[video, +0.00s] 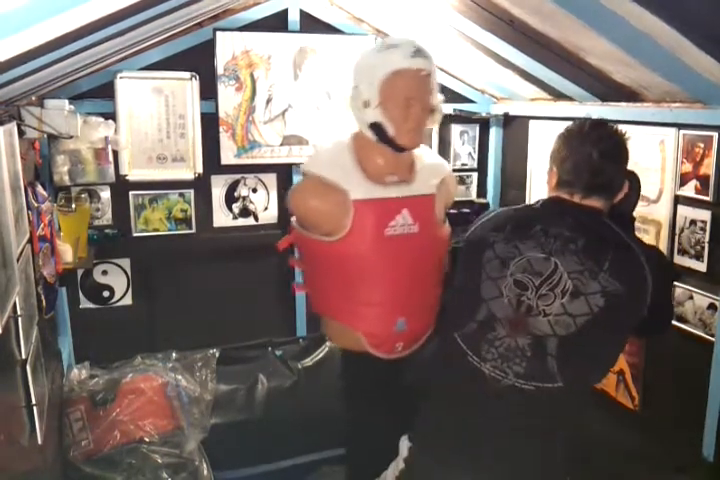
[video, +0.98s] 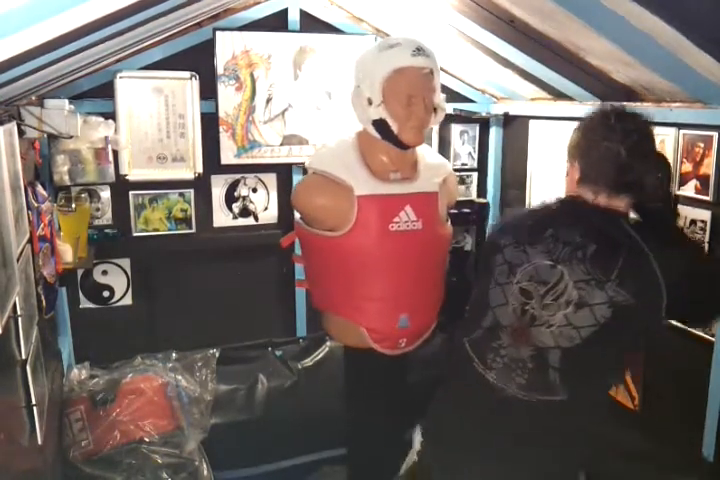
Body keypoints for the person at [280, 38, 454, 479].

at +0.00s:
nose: (424, 111)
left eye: (428, 100)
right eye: (409, 100)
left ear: (434, 105)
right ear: (369, 104)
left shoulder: (439, 179)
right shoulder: (323, 186)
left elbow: (438, 252)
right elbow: (321, 281)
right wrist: (367, 325)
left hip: (427, 349)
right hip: (361, 360)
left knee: (432, 450)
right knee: (371, 463)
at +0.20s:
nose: (429, 108)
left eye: (433, 97)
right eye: (414, 97)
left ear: (439, 102)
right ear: (374, 100)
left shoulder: (443, 177)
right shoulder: (329, 179)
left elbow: (447, 253)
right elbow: (326, 274)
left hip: (431, 349)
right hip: (366, 356)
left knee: (438, 452)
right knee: (374, 462)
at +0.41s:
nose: (417, 114)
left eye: (423, 102)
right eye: (403, 103)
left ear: (431, 105)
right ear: (363, 104)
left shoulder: (438, 177)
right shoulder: (323, 185)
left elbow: (438, 252)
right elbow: (318, 277)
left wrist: (429, 307)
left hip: (425, 344)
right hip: (361, 355)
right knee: (374, 462)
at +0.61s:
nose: (426, 110)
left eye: (431, 99)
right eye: (412, 98)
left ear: (438, 104)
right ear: (373, 100)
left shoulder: (442, 177)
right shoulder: (329, 181)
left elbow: (439, 256)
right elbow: (325, 275)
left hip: (426, 348)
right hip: (363, 358)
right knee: (376, 467)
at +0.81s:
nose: (418, 111)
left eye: (423, 100)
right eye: (404, 100)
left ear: (431, 104)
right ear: (364, 102)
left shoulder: (440, 178)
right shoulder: (325, 183)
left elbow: (438, 256)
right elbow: (320, 281)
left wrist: (424, 308)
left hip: (426, 346)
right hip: (362, 357)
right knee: (375, 465)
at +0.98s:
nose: (425, 111)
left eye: (429, 99)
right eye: (409, 98)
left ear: (437, 103)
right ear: (369, 102)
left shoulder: (441, 177)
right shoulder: (326, 183)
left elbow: (441, 258)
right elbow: (322, 281)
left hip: (430, 349)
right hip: (366, 360)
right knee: (375, 466)